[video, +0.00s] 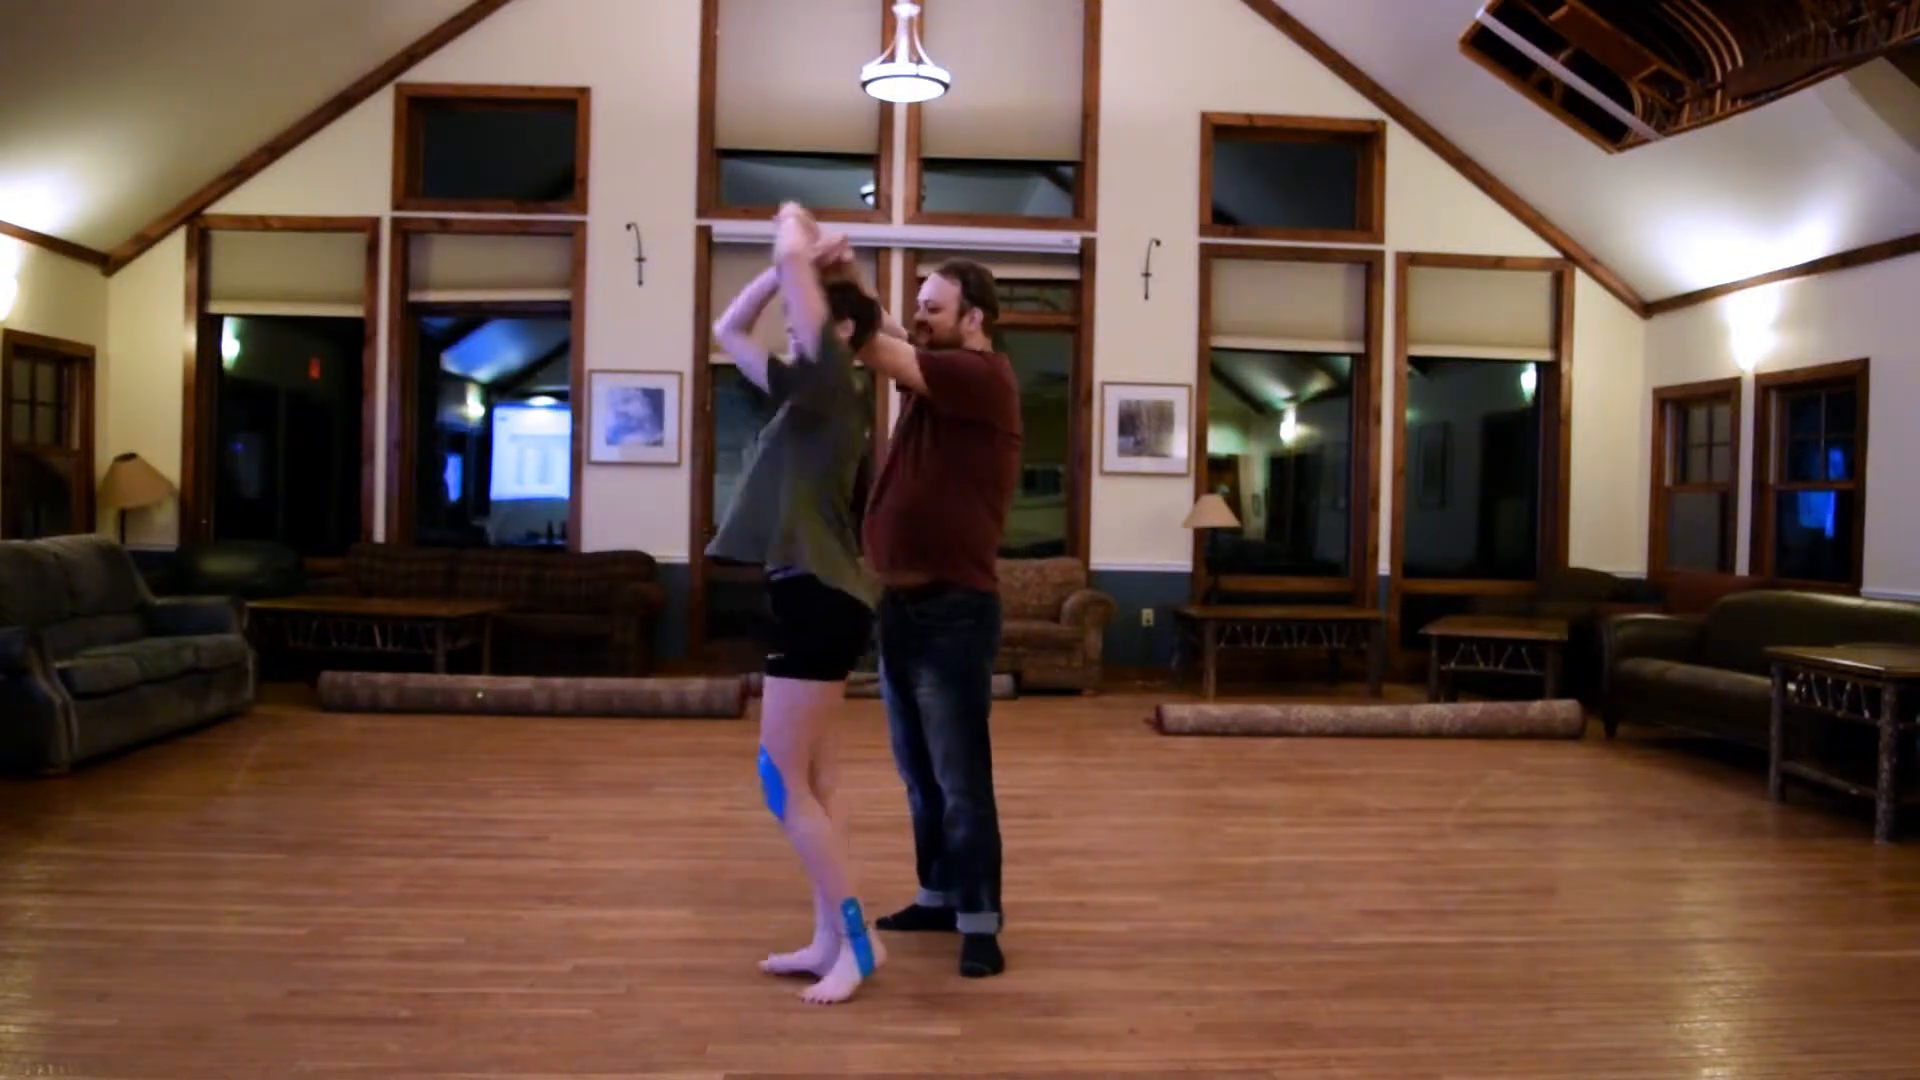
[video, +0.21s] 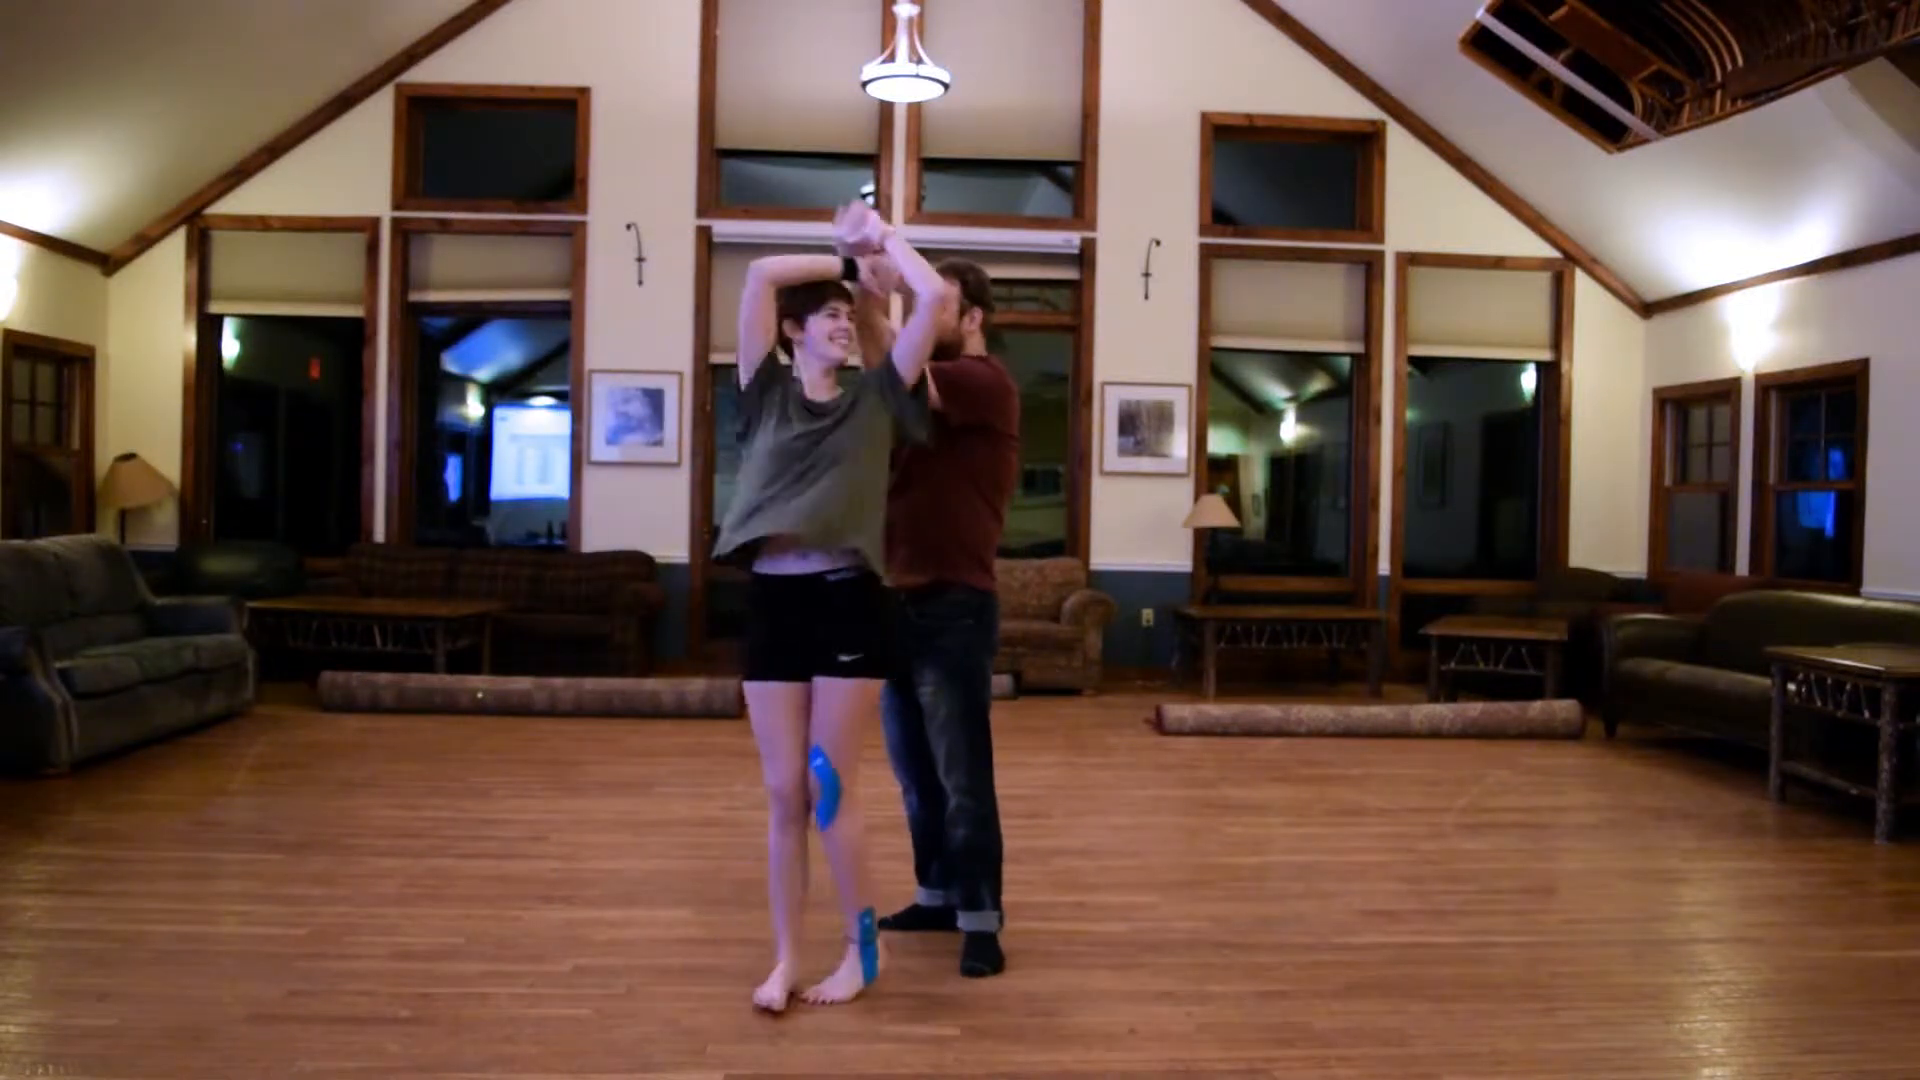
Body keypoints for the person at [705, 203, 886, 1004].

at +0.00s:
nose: (800, 317)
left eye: (811, 305)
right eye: (804, 306)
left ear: (837, 317)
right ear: (844, 324)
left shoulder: (833, 383)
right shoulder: (803, 392)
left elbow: (792, 261)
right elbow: (730, 334)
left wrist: (800, 242)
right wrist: (781, 267)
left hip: (817, 595)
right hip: (809, 593)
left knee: (784, 783)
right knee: (810, 777)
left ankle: (852, 945)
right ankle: (827, 937)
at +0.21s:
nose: (842, 328)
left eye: (848, 319)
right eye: (828, 318)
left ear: (857, 332)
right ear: (793, 331)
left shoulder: (877, 392)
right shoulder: (765, 394)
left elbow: (937, 297)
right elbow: (760, 277)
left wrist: (882, 241)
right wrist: (848, 258)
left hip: (849, 598)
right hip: (771, 597)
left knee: (825, 787)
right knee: (784, 796)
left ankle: (857, 944)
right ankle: (786, 958)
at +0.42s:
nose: (856, 334)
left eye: (851, 326)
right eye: (853, 322)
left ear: (805, 331)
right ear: (824, 325)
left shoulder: (854, 392)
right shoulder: (779, 384)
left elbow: (937, 381)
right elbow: (892, 345)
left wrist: (909, 298)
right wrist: (889, 291)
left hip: (857, 596)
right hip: (792, 595)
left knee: (852, 790)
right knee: (804, 796)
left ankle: (817, 941)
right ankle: (773, 984)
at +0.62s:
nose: (855, 336)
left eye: (857, 324)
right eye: (852, 325)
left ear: (785, 334)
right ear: (840, 331)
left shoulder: (784, 403)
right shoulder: (821, 407)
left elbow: (860, 406)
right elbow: (929, 438)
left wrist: (874, 319)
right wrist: (912, 355)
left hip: (818, 618)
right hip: (815, 622)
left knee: (837, 798)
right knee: (823, 803)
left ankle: (794, 966)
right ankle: (776, 986)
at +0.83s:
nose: (862, 336)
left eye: (866, 324)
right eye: (860, 326)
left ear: (789, 335)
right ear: (844, 334)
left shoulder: (777, 406)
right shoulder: (833, 411)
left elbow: (852, 410)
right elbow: (928, 465)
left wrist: (872, 334)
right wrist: (908, 374)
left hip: (790, 613)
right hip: (830, 620)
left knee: (826, 801)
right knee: (829, 804)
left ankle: (790, 972)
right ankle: (782, 984)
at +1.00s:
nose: (862, 336)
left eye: (862, 323)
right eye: (858, 326)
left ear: (789, 334)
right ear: (841, 333)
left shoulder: (777, 404)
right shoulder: (832, 405)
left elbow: (859, 429)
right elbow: (938, 448)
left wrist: (879, 351)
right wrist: (903, 367)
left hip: (795, 612)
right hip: (828, 619)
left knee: (817, 803)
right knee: (823, 806)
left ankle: (787, 975)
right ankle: (782, 985)